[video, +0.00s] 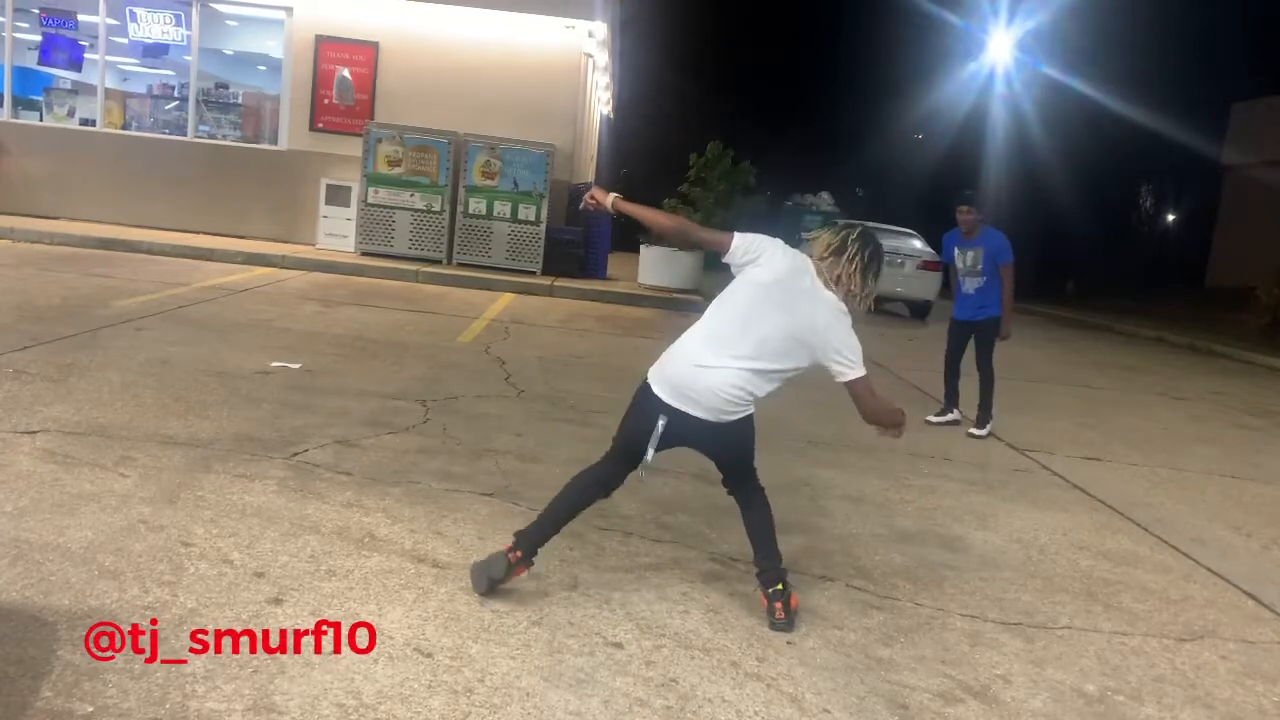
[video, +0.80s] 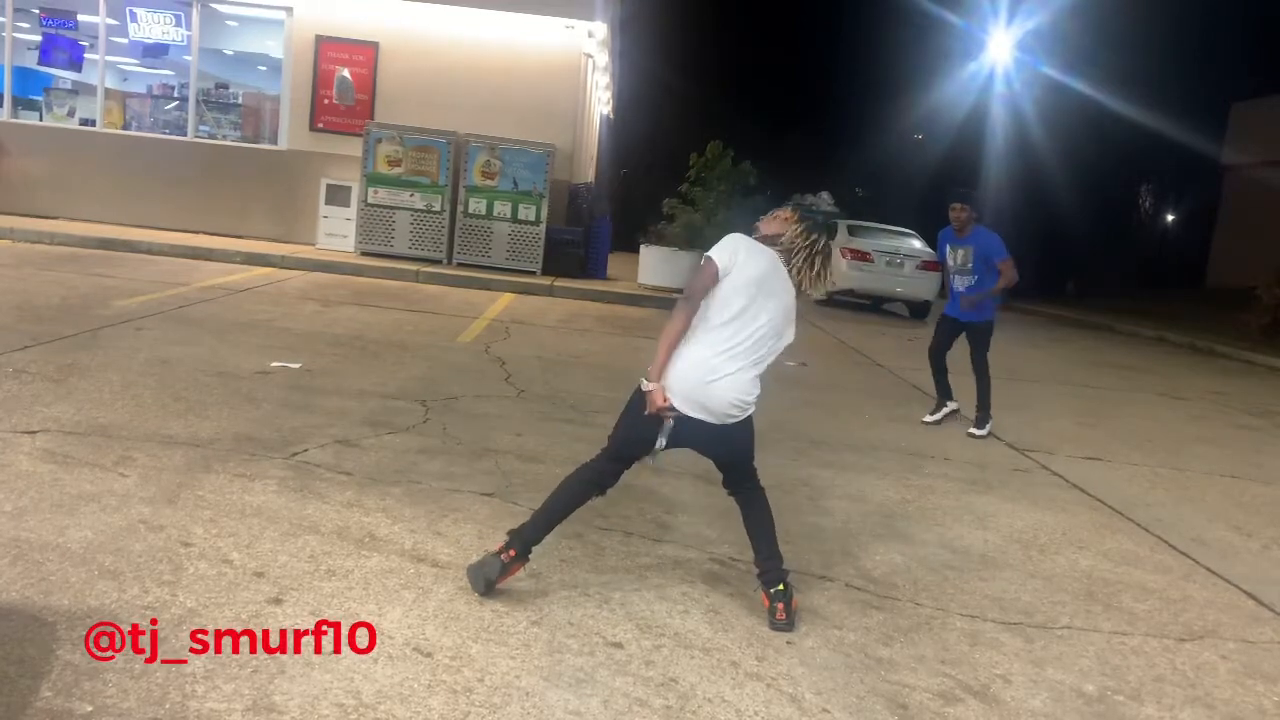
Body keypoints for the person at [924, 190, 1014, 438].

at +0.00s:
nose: (963, 218)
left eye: (968, 213)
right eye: (959, 213)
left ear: (980, 215)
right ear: (955, 215)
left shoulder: (997, 241)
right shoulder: (950, 240)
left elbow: (1008, 281)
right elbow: (953, 276)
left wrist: (1006, 321)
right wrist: (957, 305)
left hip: (988, 315)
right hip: (961, 313)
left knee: (984, 365)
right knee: (951, 360)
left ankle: (983, 419)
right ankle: (951, 408)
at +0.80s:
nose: (956, 215)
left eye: (962, 210)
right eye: (953, 210)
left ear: (973, 213)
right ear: (948, 212)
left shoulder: (988, 240)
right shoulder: (945, 237)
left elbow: (1011, 276)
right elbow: (947, 269)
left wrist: (980, 296)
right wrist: (949, 296)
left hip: (980, 316)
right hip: (953, 311)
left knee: (979, 363)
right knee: (935, 353)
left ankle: (983, 417)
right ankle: (945, 401)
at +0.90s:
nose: (953, 215)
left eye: (958, 210)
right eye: (949, 210)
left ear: (969, 213)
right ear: (945, 212)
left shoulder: (981, 237)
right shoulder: (942, 235)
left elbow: (995, 270)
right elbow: (947, 267)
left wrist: (961, 276)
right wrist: (945, 289)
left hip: (977, 315)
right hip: (950, 310)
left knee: (978, 363)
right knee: (932, 351)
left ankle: (983, 417)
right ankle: (937, 404)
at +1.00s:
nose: (946, 214)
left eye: (951, 209)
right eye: (942, 209)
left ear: (962, 213)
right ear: (937, 211)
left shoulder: (970, 235)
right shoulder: (935, 233)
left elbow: (957, 251)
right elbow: (935, 264)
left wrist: (924, 259)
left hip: (970, 313)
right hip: (944, 311)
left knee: (976, 365)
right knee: (930, 357)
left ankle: (983, 419)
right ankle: (927, 411)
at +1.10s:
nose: (936, 212)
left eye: (941, 208)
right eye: (933, 208)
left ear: (951, 211)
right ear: (928, 211)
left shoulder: (961, 235)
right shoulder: (927, 233)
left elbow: (938, 247)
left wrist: (909, 247)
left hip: (962, 311)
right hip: (936, 309)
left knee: (967, 363)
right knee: (923, 356)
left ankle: (982, 418)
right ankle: (926, 411)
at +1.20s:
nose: (925, 209)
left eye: (930, 204)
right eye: (922, 204)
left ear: (940, 209)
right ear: (917, 207)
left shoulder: (949, 232)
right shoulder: (918, 230)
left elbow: (941, 262)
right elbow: (923, 260)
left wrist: (911, 247)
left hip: (949, 308)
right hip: (926, 306)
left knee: (946, 360)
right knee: (918, 358)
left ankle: (976, 411)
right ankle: (925, 411)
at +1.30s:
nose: (908, 205)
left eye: (913, 200)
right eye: (905, 200)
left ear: (923, 203)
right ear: (901, 204)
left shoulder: (935, 231)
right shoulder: (909, 231)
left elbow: (953, 271)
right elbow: (914, 265)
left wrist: (922, 277)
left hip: (933, 303)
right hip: (915, 303)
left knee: (919, 355)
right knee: (916, 355)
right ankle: (924, 409)